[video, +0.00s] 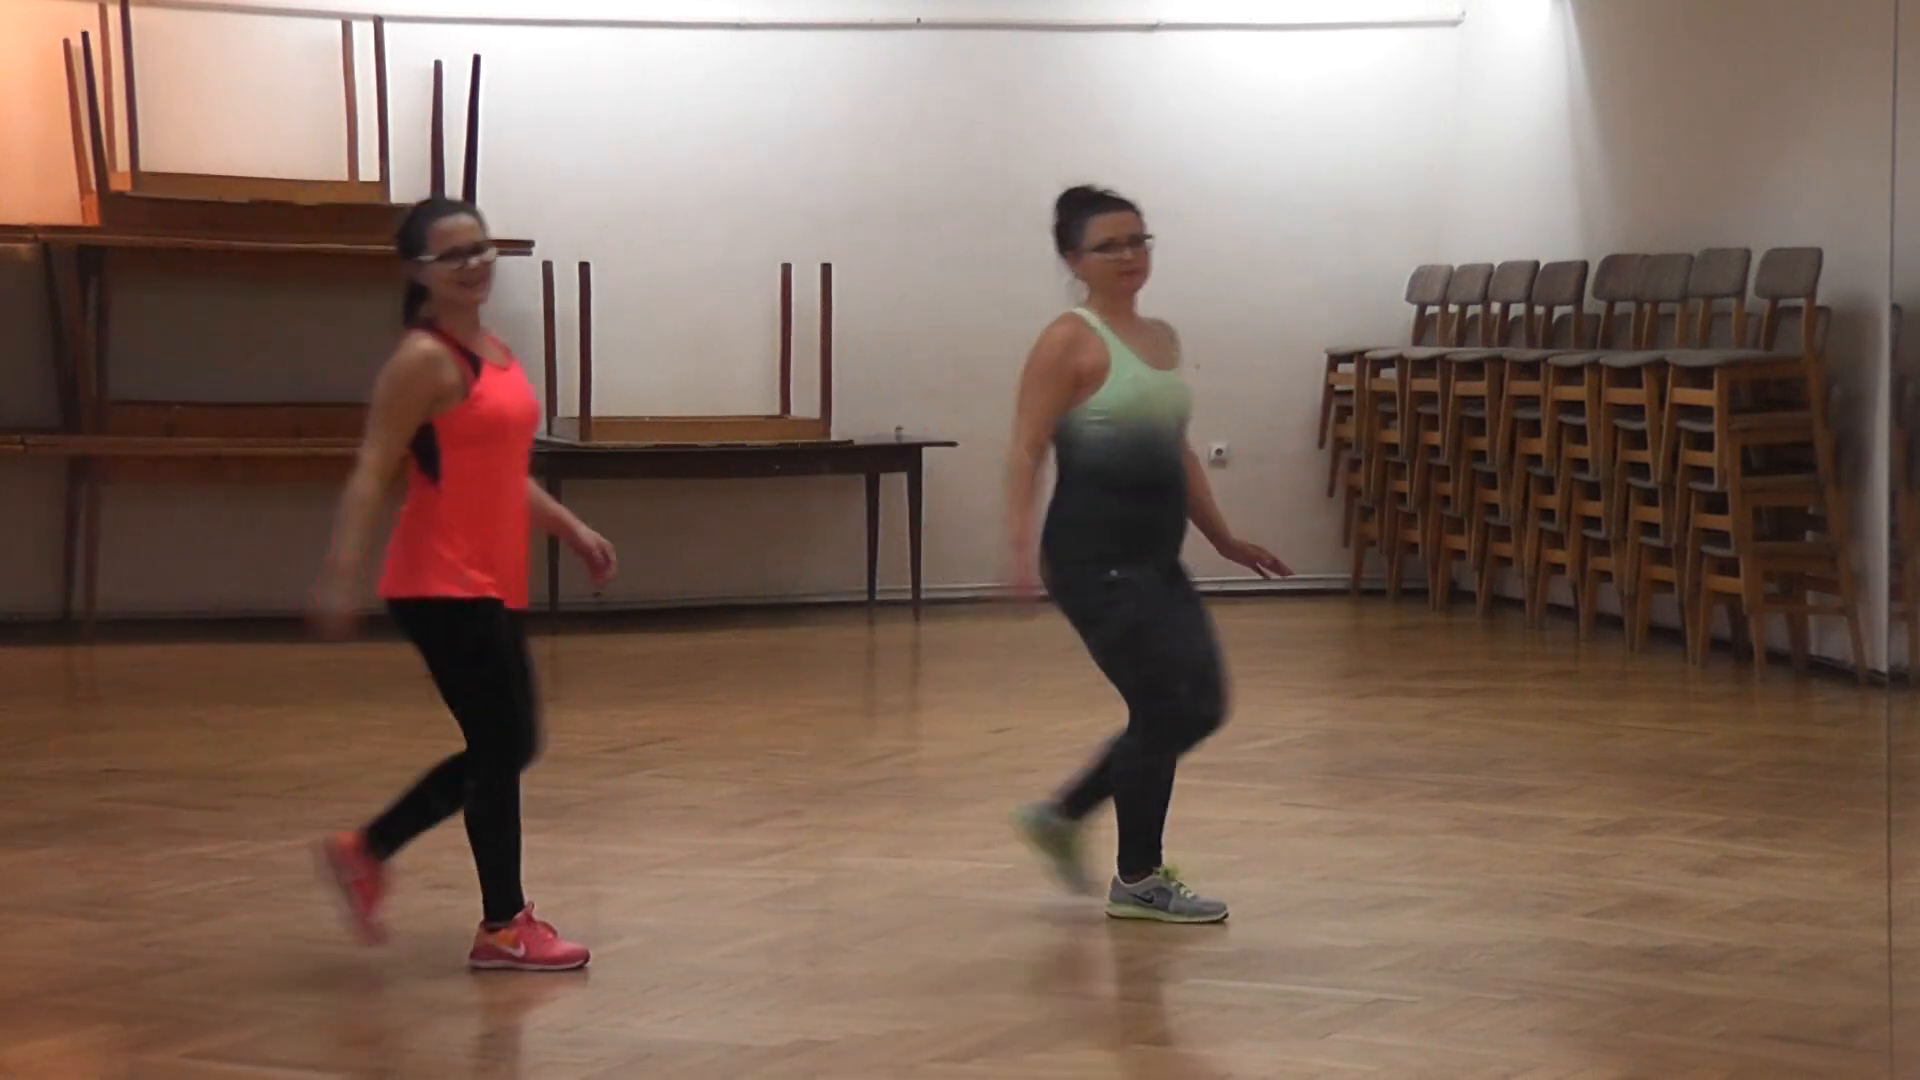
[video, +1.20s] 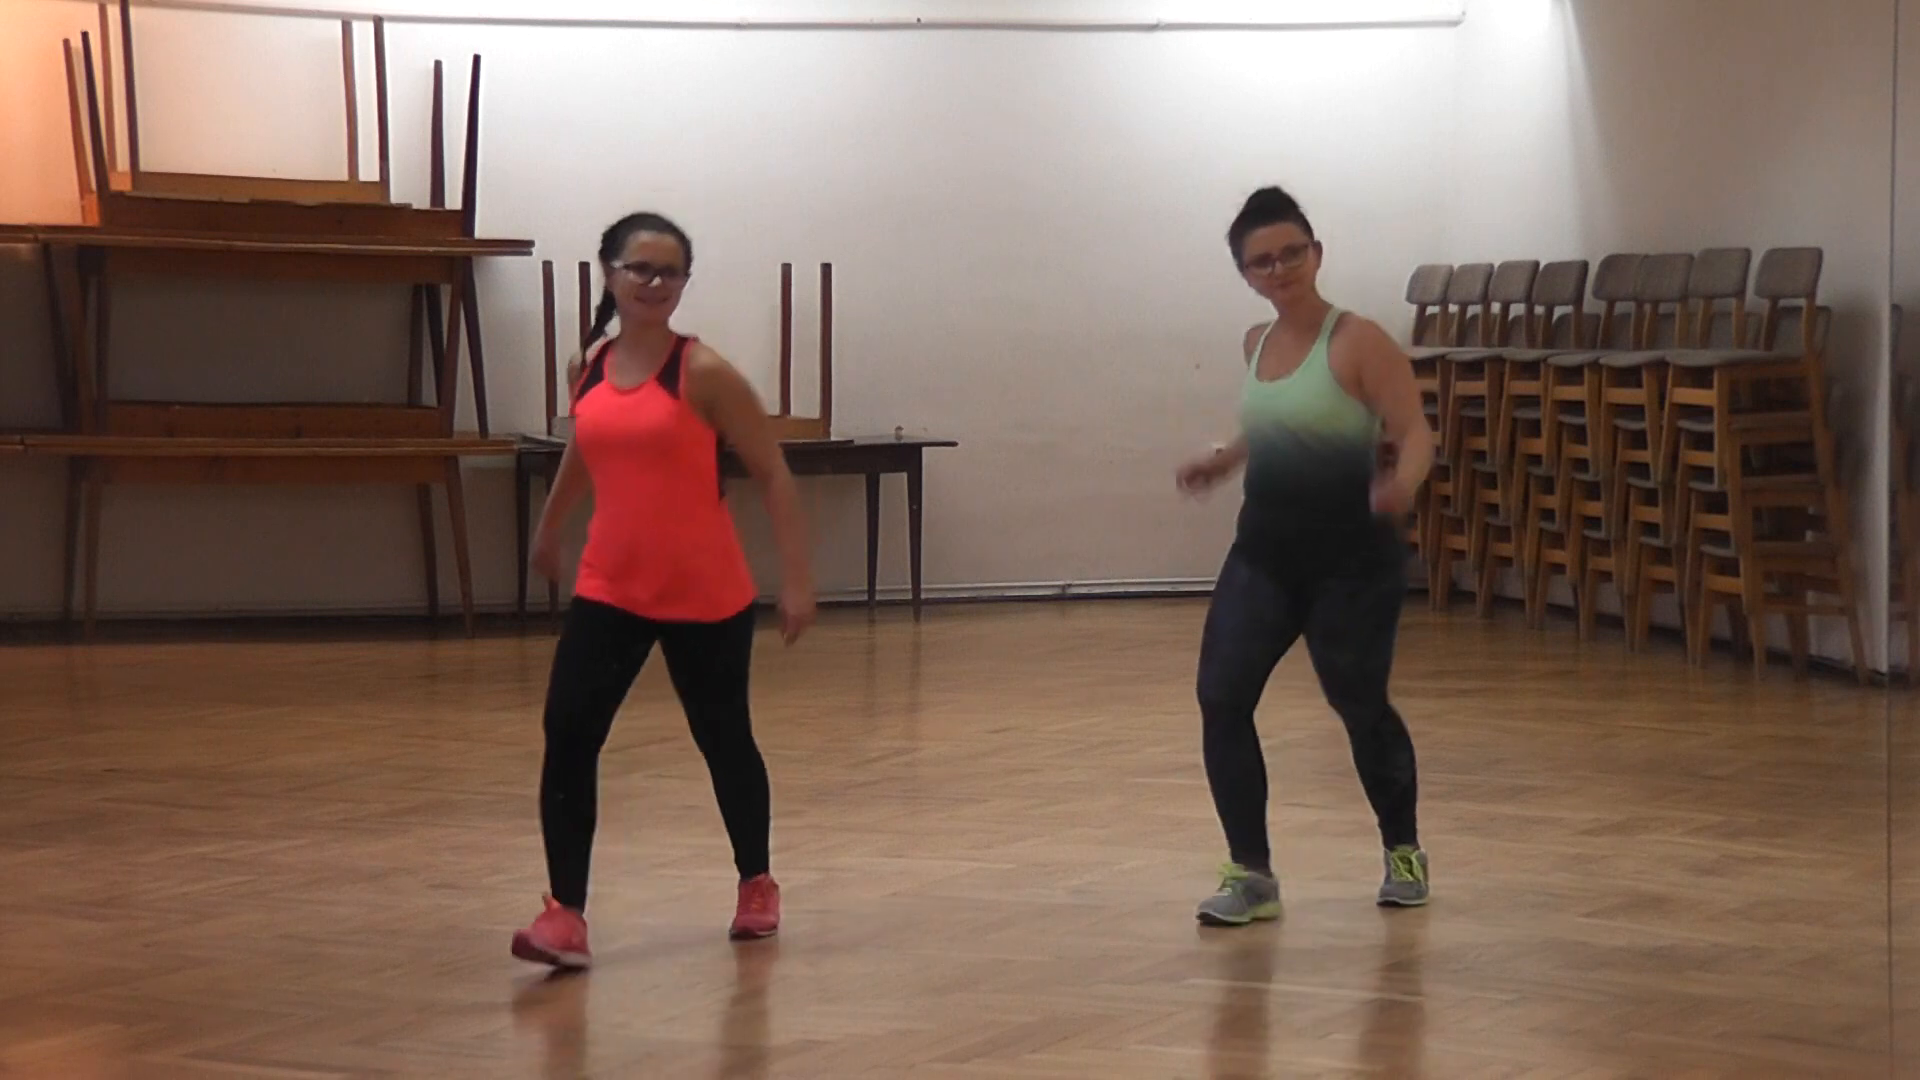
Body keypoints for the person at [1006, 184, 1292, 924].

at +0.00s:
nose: (1131, 256)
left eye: (1137, 242)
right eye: (1111, 247)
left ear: (1150, 247)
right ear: (1074, 262)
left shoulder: (1160, 340)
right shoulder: (1066, 342)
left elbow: (1175, 451)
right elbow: (1026, 452)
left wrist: (1223, 539)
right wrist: (1019, 550)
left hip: (1154, 557)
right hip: (1091, 561)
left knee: (1199, 703)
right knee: (1161, 707)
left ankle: (1060, 814)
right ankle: (1138, 879)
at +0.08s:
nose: (1160, 251)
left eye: (1169, 236)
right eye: (1139, 241)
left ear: (1181, 241)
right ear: (1106, 254)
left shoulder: (1200, 332)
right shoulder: (1096, 334)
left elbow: (1210, 447)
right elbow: (1060, 441)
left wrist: (1229, 538)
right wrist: (1117, 513)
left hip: (1195, 546)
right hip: (1122, 549)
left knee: (1257, 686)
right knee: (1168, 697)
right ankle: (1137, 877)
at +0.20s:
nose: (1204, 239)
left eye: (1214, 223)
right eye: (1184, 229)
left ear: (1229, 227)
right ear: (1151, 239)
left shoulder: (1259, 323)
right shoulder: (1130, 323)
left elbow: (1274, 434)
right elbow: (1104, 430)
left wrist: (1294, 527)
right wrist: (1194, 441)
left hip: (1247, 531)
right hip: (1161, 534)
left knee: (1288, 694)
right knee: (1176, 694)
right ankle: (1141, 873)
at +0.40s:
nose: (1265, 243)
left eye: (1277, 228)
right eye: (1246, 232)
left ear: (1291, 233)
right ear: (1215, 241)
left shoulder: (1328, 322)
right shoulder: (1187, 330)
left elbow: (1368, 418)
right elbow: (1174, 433)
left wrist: (1350, 455)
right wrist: (1222, 460)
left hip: (1314, 533)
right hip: (1223, 537)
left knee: (1317, 702)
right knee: (1220, 703)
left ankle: (1333, 867)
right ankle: (1222, 838)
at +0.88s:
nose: (1300, 248)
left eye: (1310, 229)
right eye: (1280, 240)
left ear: (1331, 225)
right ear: (1259, 251)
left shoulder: (1375, 317)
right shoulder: (1251, 322)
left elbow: (1432, 425)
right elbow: (1218, 410)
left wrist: (1407, 357)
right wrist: (1147, 468)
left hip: (1363, 538)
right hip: (1276, 540)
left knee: (1366, 694)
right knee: (1271, 698)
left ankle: (1400, 842)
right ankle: (1324, 821)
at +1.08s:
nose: (1285, 244)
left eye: (1296, 226)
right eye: (1267, 235)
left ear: (1322, 225)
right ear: (1251, 246)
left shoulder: (1371, 311)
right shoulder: (1263, 310)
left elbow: (1447, 395)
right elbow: (1265, 377)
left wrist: (1407, 378)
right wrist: (1192, 406)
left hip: (1366, 535)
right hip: (1278, 529)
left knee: (1373, 693)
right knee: (1230, 669)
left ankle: (1403, 846)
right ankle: (1256, 844)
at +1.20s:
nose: (1277, 271)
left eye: (1289, 254)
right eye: (1260, 262)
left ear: (1316, 253)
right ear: (1245, 274)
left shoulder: (1360, 340)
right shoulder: (1258, 344)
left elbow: (1416, 433)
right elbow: (1273, 427)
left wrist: (1403, 481)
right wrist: (1222, 459)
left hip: (1353, 559)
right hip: (1266, 557)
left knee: (1361, 703)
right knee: (1222, 698)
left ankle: (1402, 849)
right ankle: (1251, 873)